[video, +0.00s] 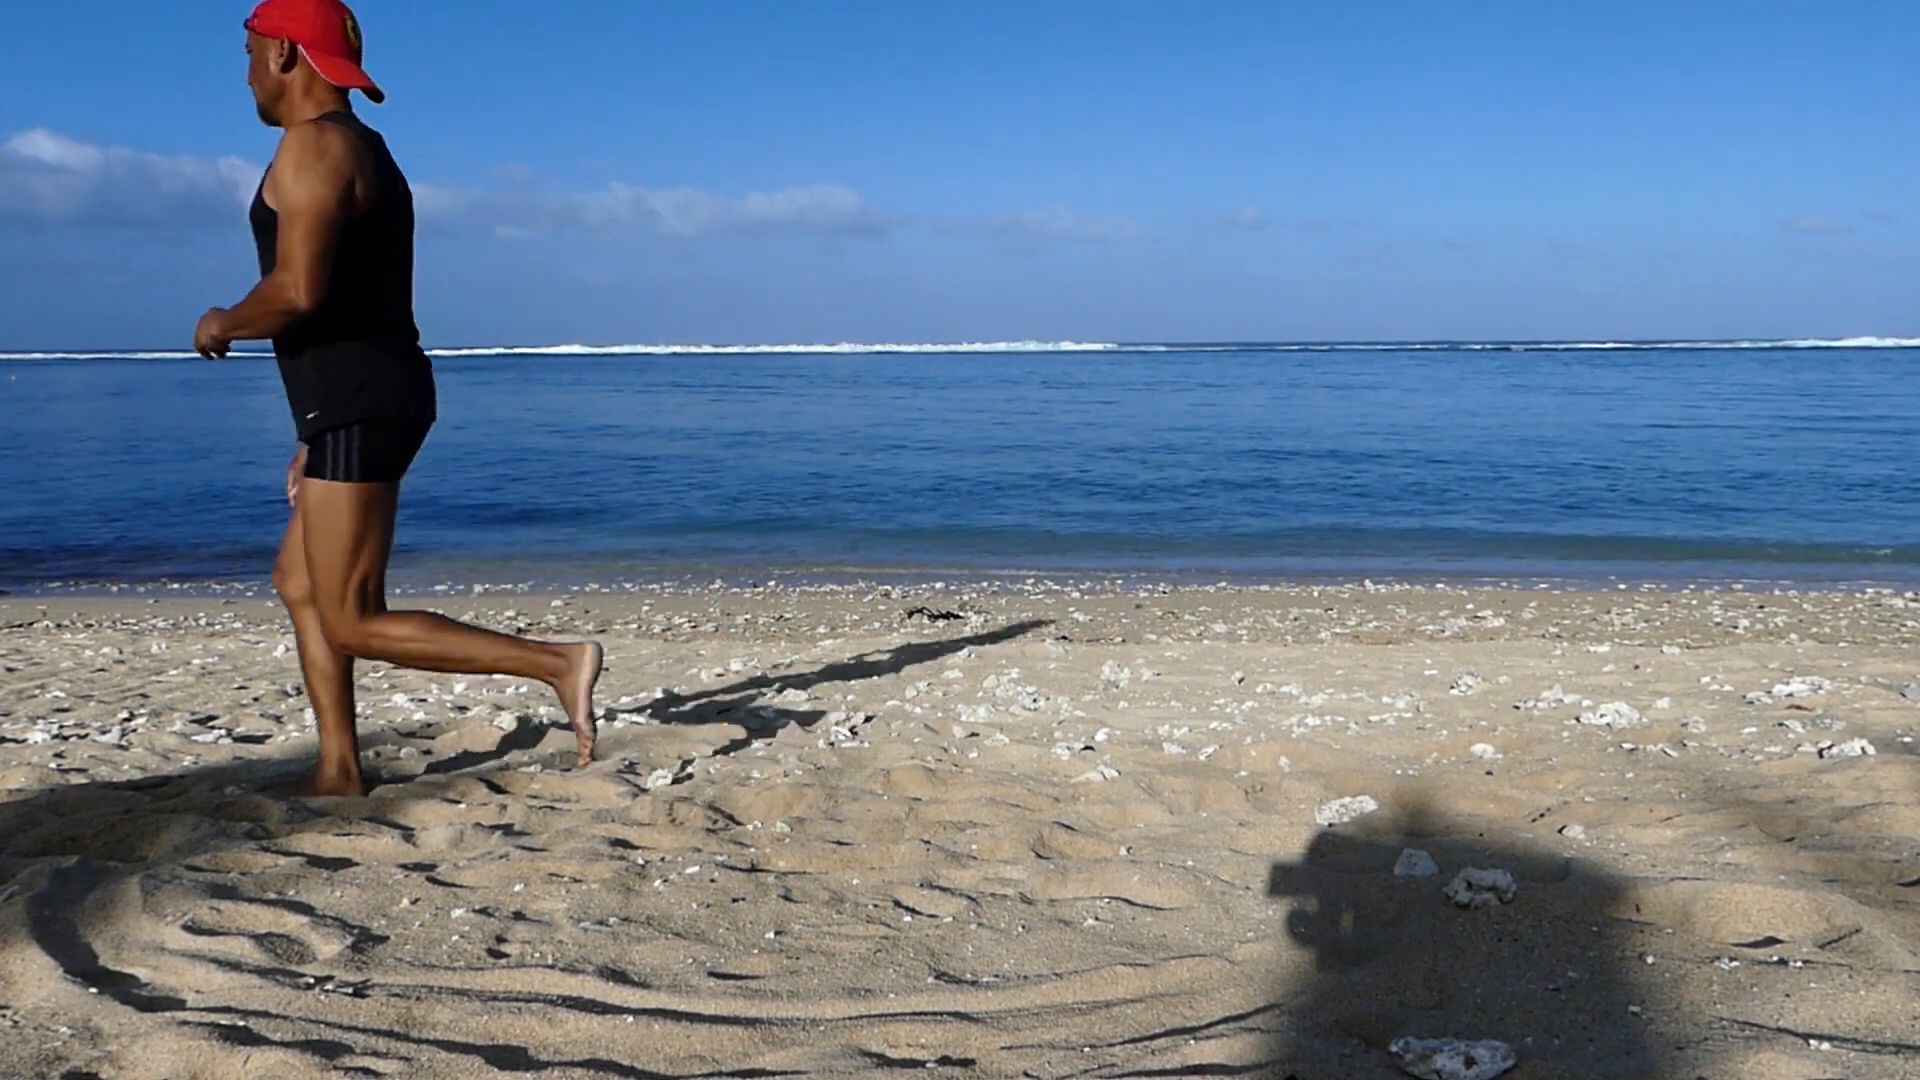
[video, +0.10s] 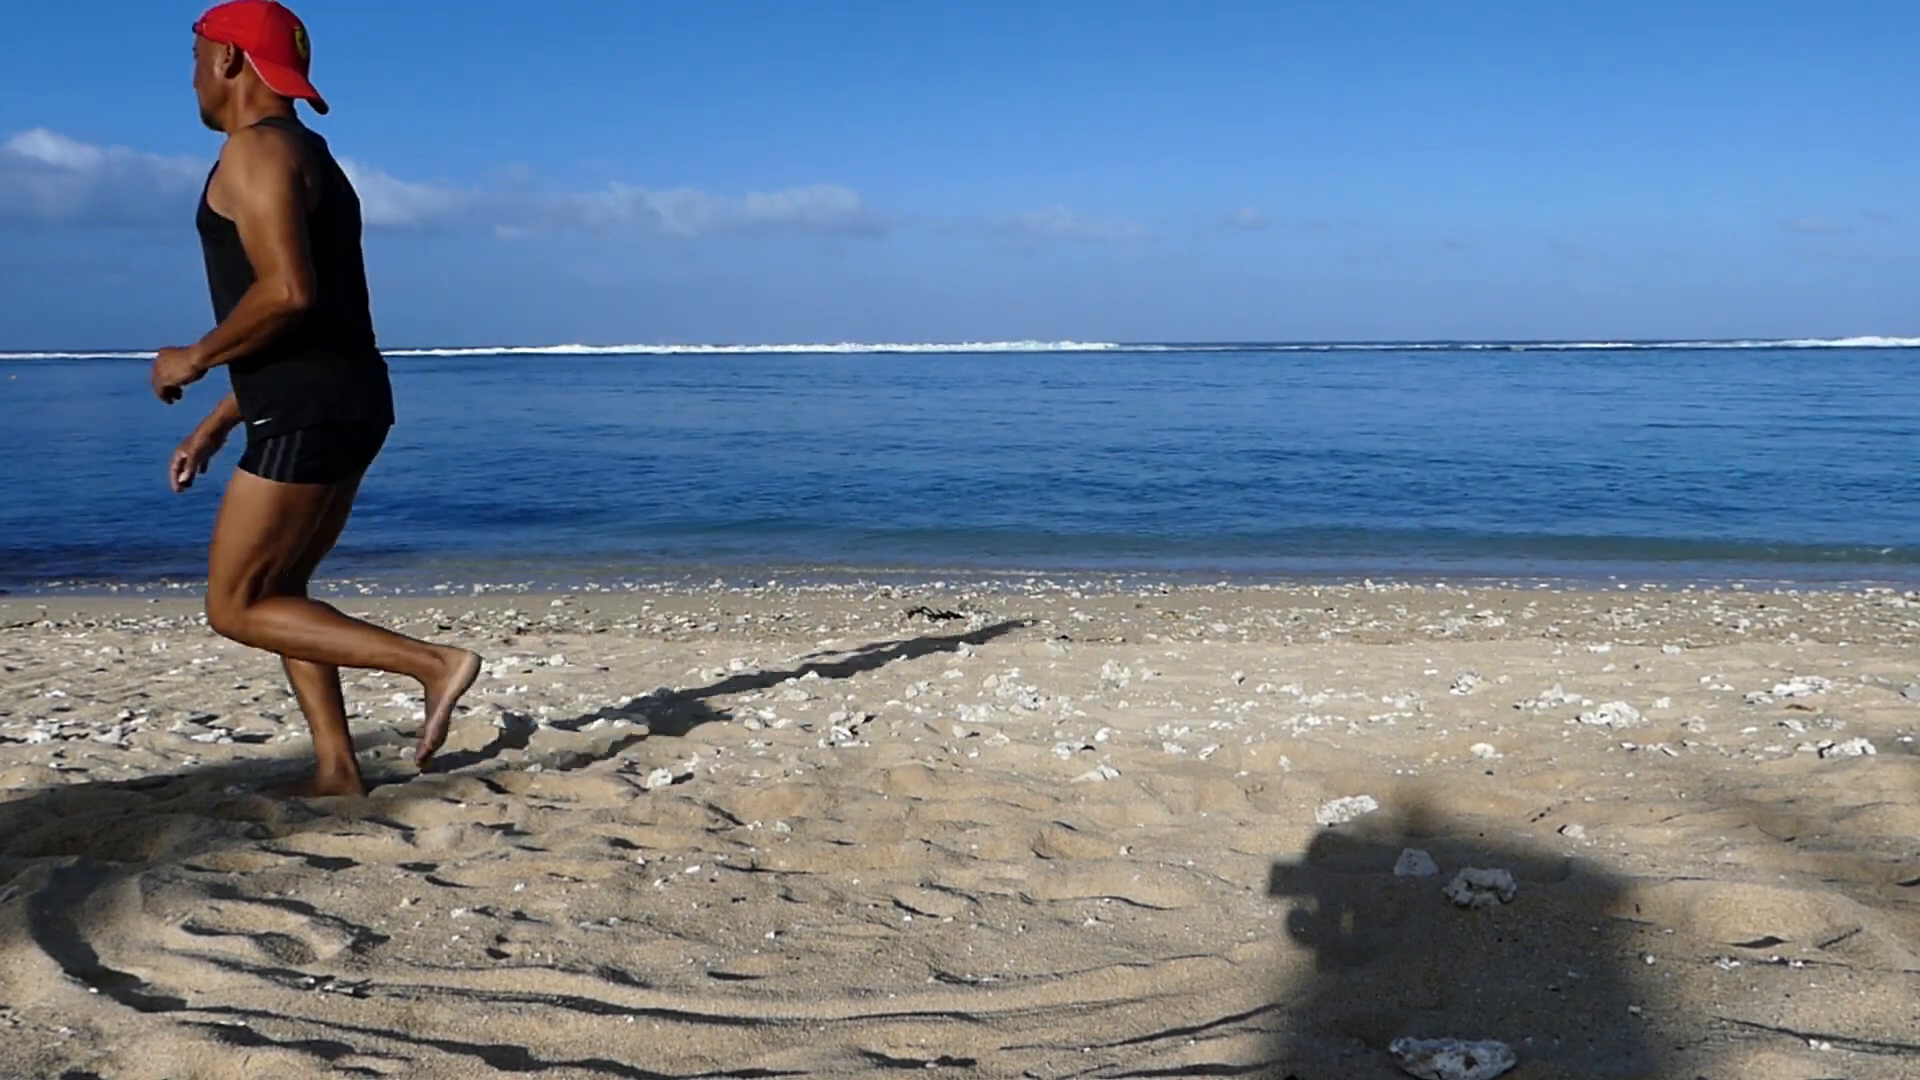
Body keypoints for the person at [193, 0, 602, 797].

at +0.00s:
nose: (249, 76)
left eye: (253, 58)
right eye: (251, 58)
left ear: (285, 59)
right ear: (318, 62)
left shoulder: (311, 151)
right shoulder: (361, 152)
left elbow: (296, 289)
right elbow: (368, 314)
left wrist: (225, 322)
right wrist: (320, 436)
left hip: (356, 401)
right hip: (376, 395)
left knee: (349, 622)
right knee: (299, 582)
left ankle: (561, 662)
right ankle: (340, 772)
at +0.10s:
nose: (193, 78)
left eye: (198, 60)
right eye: (195, 60)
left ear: (230, 63)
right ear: (273, 69)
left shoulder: (253, 155)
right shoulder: (312, 162)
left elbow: (287, 290)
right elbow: (304, 322)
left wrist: (193, 357)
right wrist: (221, 418)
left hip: (303, 407)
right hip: (348, 401)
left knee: (232, 606)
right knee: (284, 592)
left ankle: (435, 665)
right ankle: (337, 770)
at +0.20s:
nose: (156, 76)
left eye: (161, 58)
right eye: (160, 58)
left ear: (193, 61)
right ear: (232, 66)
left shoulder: (218, 150)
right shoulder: (277, 156)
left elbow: (274, 278)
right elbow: (236, 320)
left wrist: (184, 359)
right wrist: (148, 400)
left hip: (270, 406)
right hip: (322, 402)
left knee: (168, 582)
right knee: (271, 596)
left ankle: (350, 681)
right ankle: (335, 774)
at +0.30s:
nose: (99, 63)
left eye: (103, 44)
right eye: (102, 44)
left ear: (136, 46)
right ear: (173, 51)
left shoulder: (160, 131)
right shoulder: (222, 137)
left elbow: (239, 237)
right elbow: (181, 305)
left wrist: (153, 328)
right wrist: (61, 341)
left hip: (212, 389)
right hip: (276, 383)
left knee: (90, 546)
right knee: (266, 588)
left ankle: (224, 711)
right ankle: (337, 766)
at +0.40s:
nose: (57, 46)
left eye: (62, 29)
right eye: (59, 30)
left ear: (95, 32)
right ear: (122, 35)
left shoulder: (124, 112)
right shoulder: (171, 114)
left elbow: (209, 207)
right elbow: (139, 284)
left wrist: (128, 303)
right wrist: (26, 303)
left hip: (173, 368)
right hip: (238, 363)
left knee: (53, 538)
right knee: (259, 573)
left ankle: (143, 727)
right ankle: (334, 755)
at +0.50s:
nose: (4, 25)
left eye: (9, 11)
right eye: (9, 12)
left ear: (35, 16)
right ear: (78, 22)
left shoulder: (63, 90)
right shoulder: (123, 93)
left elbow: (157, 178)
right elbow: (112, 238)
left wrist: (73, 273)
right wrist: (15, 267)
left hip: (105, 351)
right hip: (183, 346)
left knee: (18, 540)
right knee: (228, 551)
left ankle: (32, 745)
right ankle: (310, 728)